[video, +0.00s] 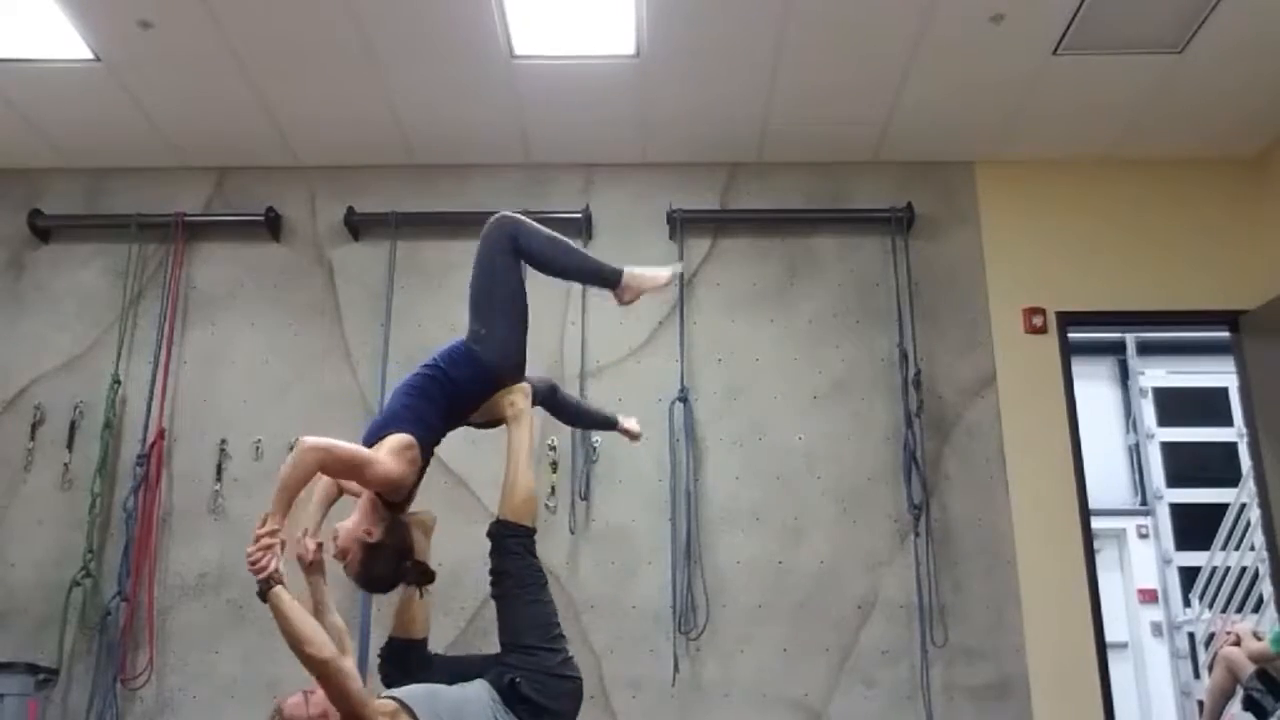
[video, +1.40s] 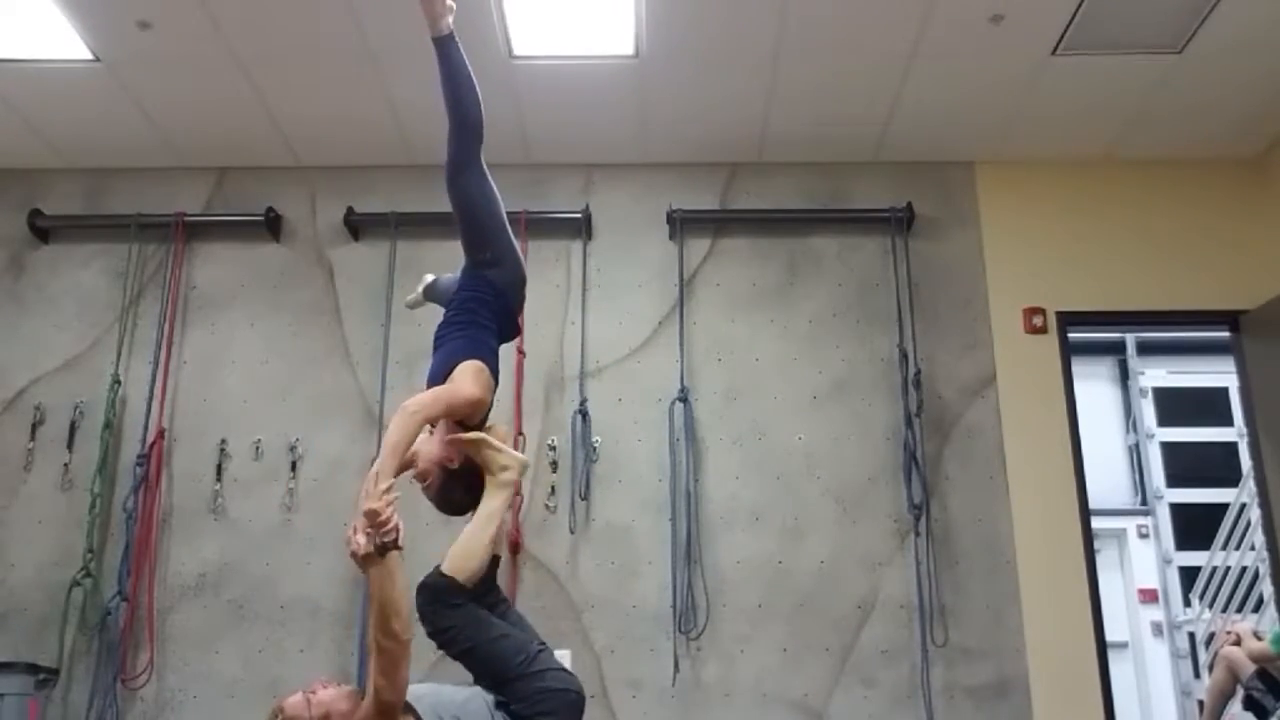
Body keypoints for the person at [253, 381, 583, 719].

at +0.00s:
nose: (310, 692)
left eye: (304, 696)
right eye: (306, 703)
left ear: (320, 700)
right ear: (318, 716)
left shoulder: (366, 705)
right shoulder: (372, 713)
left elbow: (339, 651)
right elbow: (326, 659)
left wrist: (314, 580)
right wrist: (269, 586)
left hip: (512, 686)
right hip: (541, 691)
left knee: (404, 669)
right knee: (512, 546)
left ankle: (419, 542)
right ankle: (520, 415)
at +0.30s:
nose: (312, 693)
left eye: (305, 696)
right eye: (310, 707)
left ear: (322, 690)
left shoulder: (374, 704)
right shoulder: (379, 715)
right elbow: (351, 650)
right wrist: (311, 580)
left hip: (512, 682)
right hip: (540, 696)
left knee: (400, 664)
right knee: (524, 540)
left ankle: (434, 539)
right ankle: (540, 413)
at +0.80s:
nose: (319, 687)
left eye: (309, 692)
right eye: (313, 703)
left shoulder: (382, 703)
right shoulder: (380, 712)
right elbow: (374, 635)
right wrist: (353, 548)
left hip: (517, 688)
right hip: (547, 700)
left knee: (418, 635)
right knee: (519, 553)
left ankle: (465, 500)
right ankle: (521, 430)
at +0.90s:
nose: (320, 688)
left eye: (310, 693)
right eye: (314, 703)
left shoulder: (376, 702)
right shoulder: (381, 710)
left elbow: (370, 630)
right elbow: (377, 629)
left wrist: (350, 543)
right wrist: (356, 540)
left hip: (516, 689)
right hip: (549, 700)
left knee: (429, 628)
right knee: (522, 557)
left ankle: (468, 501)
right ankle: (528, 429)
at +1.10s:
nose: (317, 687)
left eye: (307, 691)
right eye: (310, 701)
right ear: (325, 718)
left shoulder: (378, 699)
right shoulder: (381, 709)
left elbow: (376, 634)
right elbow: (380, 633)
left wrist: (359, 561)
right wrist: (365, 556)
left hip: (515, 693)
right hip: (549, 699)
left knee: (452, 601)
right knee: (510, 558)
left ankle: (478, 474)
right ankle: (537, 438)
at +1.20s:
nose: (321, 685)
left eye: (307, 690)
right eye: (310, 700)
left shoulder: (377, 699)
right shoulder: (379, 712)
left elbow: (382, 636)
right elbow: (390, 635)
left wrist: (374, 556)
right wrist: (377, 556)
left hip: (518, 699)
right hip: (547, 706)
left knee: (477, 574)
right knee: (469, 576)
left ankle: (489, 495)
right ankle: (543, 467)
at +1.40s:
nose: (319, 687)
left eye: (307, 691)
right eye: (312, 702)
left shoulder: (385, 703)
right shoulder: (380, 712)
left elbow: (387, 640)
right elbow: (392, 639)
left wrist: (378, 554)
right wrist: (383, 556)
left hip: (520, 699)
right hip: (543, 705)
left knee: (473, 591)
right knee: (439, 598)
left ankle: (503, 477)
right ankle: (505, 480)